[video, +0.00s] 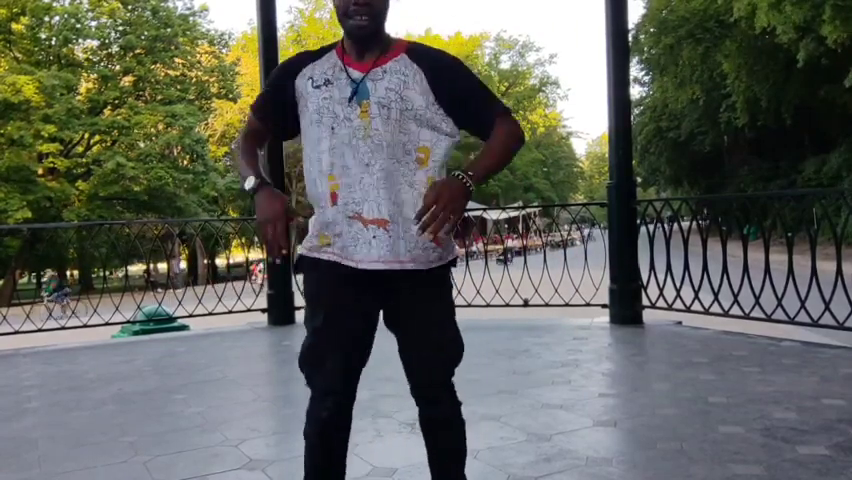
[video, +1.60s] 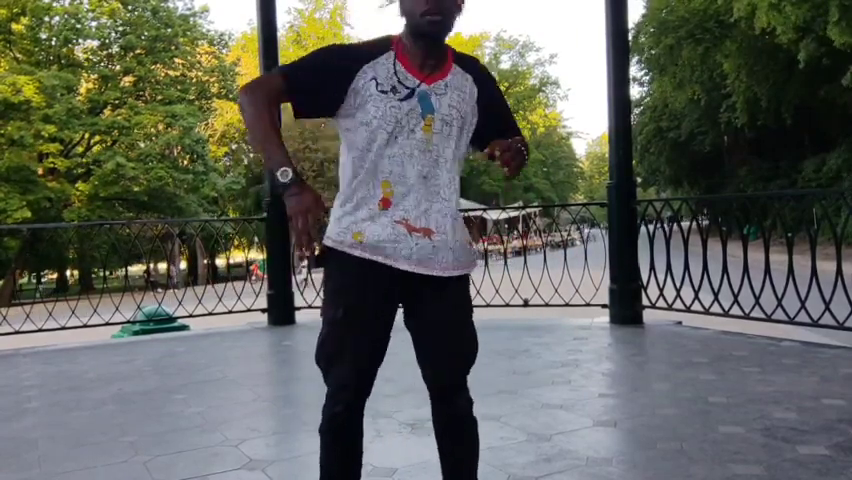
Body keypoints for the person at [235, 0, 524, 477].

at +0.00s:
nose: (358, 1)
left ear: (386, 2)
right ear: (334, 5)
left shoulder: (433, 67)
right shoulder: (300, 74)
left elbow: (508, 130)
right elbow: (249, 138)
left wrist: (465, 181)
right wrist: (261, 188)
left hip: (420, 266)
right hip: (336, 267)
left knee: (436, 396)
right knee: (329, 400)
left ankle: (451, 479)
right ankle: (321, 479)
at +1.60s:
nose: (433, 4)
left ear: (460, 7)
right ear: (401, 3)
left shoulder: (474, 78)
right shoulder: (353, 62)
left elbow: (508, 153)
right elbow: (254, 95)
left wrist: (513, 156)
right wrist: (289, 182)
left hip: (441, 264)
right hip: (360, 259)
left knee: (453, 398)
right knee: (344, 400)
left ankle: (462, 479)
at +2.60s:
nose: (424, 11)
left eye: (435, 1)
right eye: (413, 3)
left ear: (456, 7)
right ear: (402, 13)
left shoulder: (484, 55)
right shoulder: (388, 92)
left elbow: (554, 129)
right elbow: (375, 185)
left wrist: (530, 102)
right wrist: (355, 267)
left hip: (451, 255)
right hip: (381, 257)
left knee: (465, 383)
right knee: (387, 392)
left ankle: (513, 473)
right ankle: (402, 475)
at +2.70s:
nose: (414, 10)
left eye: (426, 1)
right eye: (403, 3)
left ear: (446, 7)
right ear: (393, 14)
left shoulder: (473, 40)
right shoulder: (382, 93)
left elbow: (546, 100)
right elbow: (370, 184)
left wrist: (511, 112)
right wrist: (345, 263)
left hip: (443, 250)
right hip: (375, 254)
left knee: (466, 385)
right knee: (385, 394)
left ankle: (539, 473)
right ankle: (404, 477)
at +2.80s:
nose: (402, 8)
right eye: (390, 2)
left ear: (433, 5)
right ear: (379, 11)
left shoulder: (456, 30)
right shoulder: (370, 94)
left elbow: (529, 92)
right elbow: (360, 176)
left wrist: (509, 123)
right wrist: (328, 260)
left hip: (447, 251)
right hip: (375, 252)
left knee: (467, 385)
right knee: (365, 378)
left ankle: (529, 474)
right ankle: (403, 477)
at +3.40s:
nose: (431, 15)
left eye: (443, 5)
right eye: (419, 7)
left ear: (464, 11)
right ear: (405, 15)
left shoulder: (496, 81)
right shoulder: (377, 74)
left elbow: (494, 167)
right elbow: (305, 140)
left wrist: (502, 236)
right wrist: (345, 217)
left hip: (467, 259)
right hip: (388, 259)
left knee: (486, 386)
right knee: (363, 386)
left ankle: (488, 479)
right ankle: (363, 478)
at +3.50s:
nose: (454, 19)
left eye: (466, 8)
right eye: (442, 10)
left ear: (486, 14)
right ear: (428, 19)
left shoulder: (517, 75)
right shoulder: (404, 81)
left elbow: (519, 159)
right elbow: (317, 137)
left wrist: (509, 235)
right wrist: (345, 222)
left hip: (464, 258)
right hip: (388, 254)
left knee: (482, 392)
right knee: (364, 395)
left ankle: (487, 478)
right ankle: (350, 479)